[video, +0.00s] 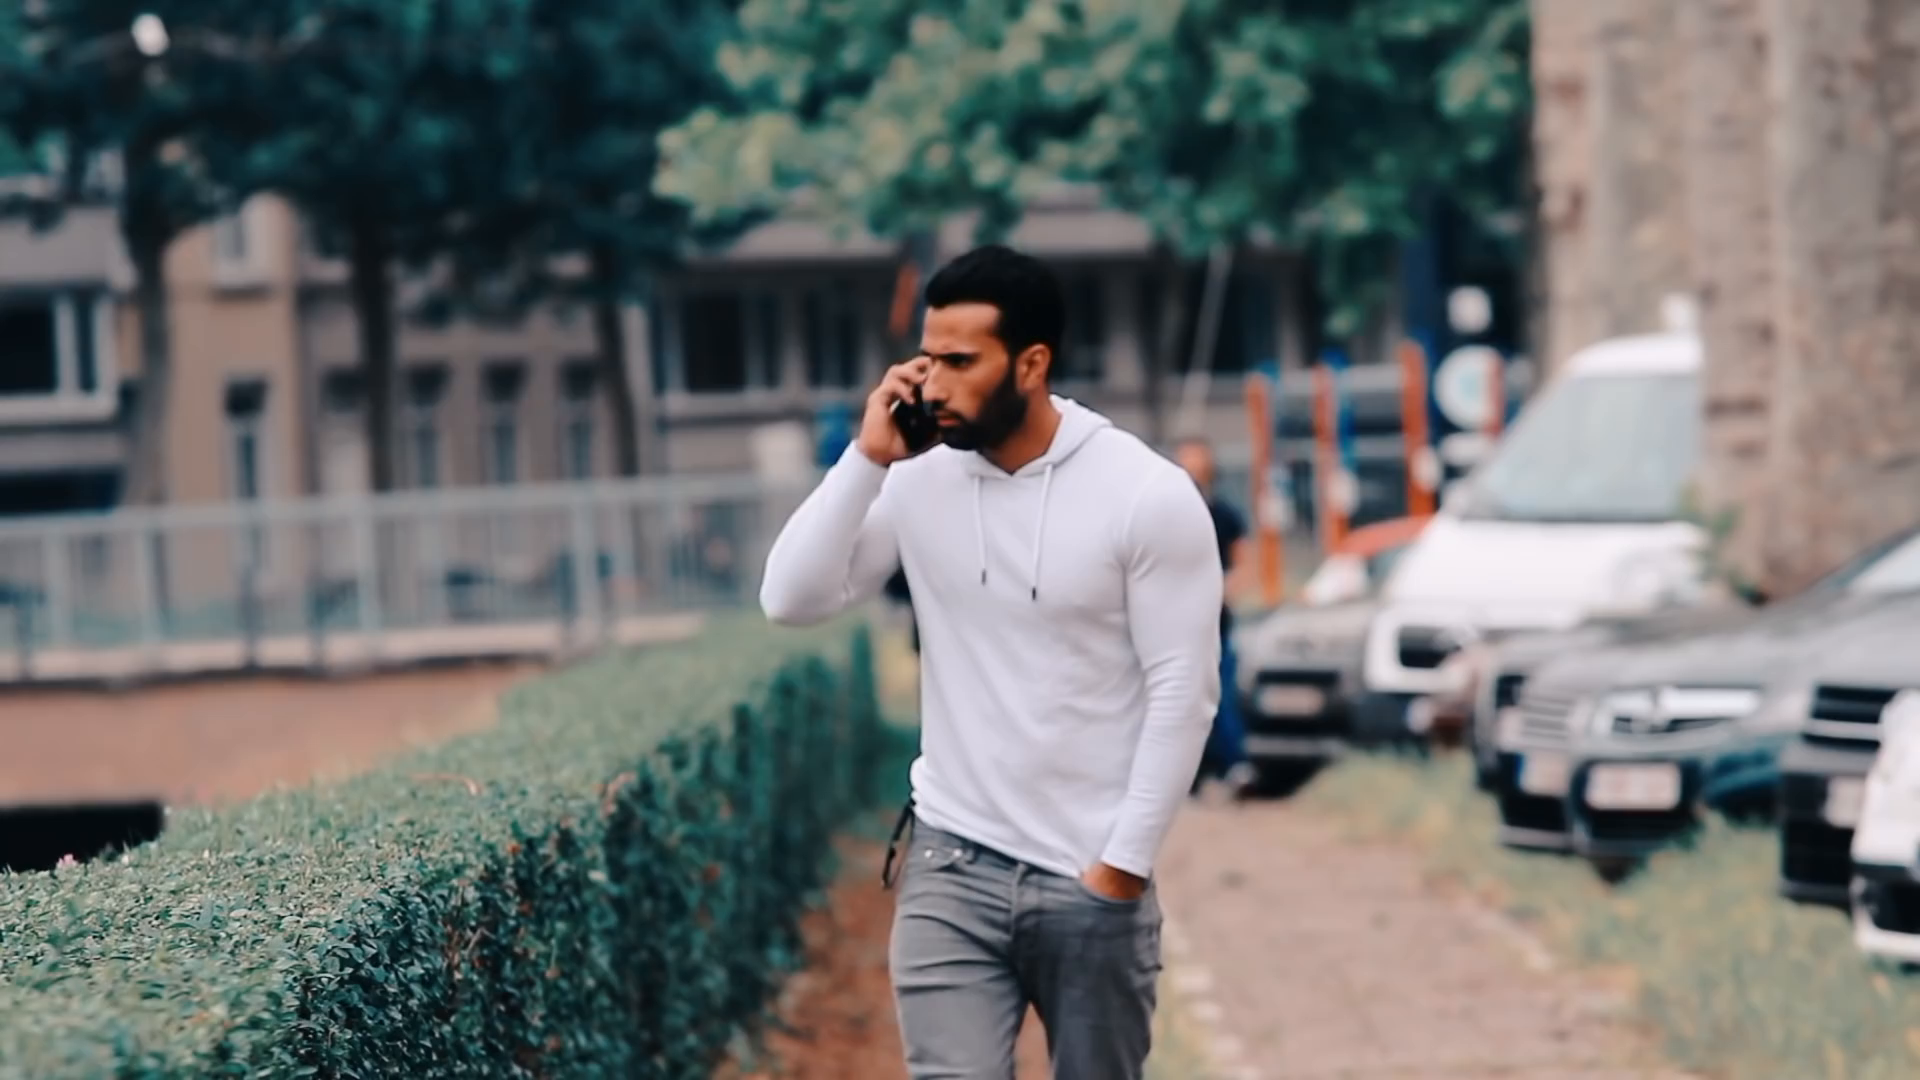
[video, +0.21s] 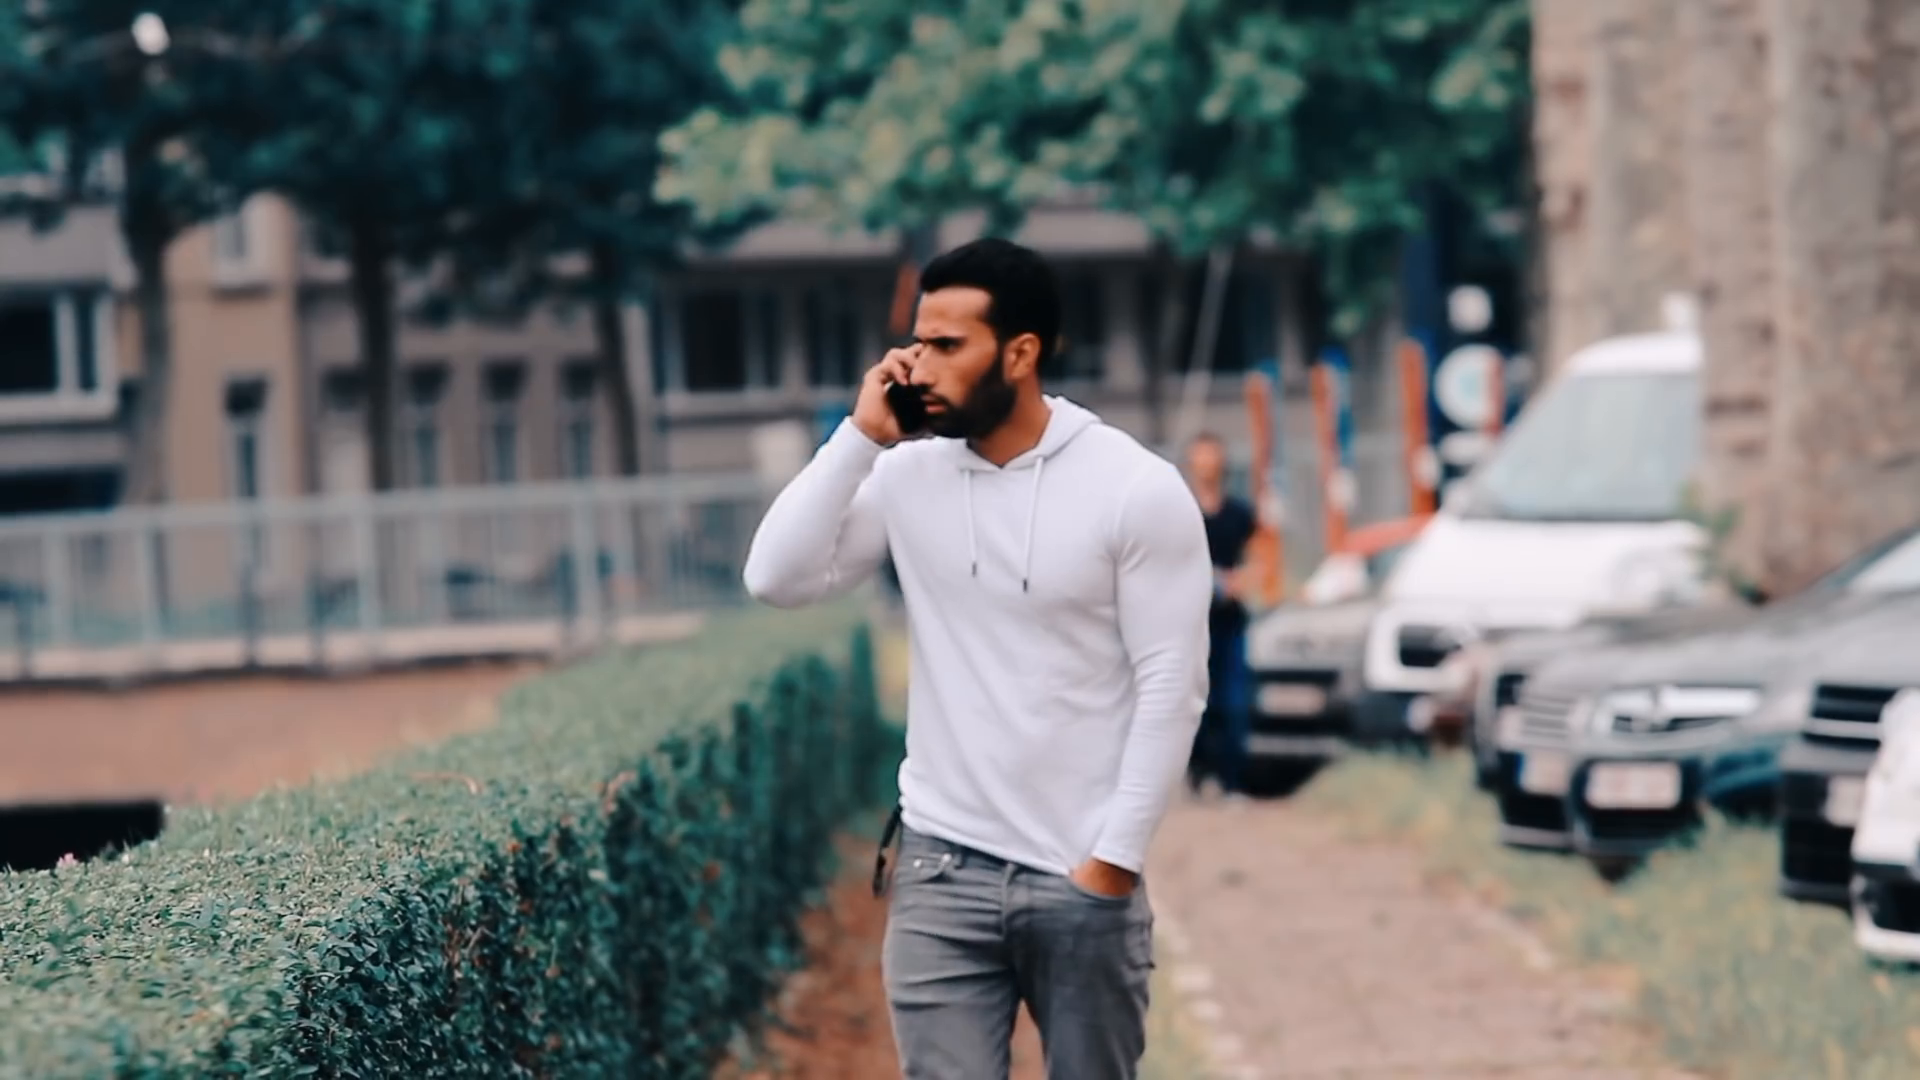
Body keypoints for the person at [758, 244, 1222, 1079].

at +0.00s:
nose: (930, 383)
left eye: (957, 362)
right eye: (928, 360)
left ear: (1033, 364)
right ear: (920, 359)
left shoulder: (1149, 497)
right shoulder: (915, 482)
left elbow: (1184, 692)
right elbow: (789, 600)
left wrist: (1120, 872)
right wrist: (867, 459)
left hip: (1089, 891)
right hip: (949, 871)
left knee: (1097, 1070)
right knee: (952, 1070)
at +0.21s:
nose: (916, 368)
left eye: (944, 345)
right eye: (916, 344)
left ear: (1022, 354)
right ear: (910, 351)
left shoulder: (1138, 491)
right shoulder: (903, 474)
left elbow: (1172, 686)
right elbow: (775, 577)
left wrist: (1111, 865)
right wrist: (863, 436)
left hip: (1080, 889)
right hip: (939, 875)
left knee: (1092, 1070)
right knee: (943, 1067)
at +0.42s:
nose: (887, 365)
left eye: (914, 342)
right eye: (886, 341)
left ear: (990, 352)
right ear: (881, 351)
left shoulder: (1105, 488)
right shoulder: (873, 477)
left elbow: (1141, 687)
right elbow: (745, 578)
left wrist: (1084, 865)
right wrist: (832, 435)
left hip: (1055, 888)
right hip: (913, 877)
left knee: (1080, 1071)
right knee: (931, 1070)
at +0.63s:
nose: (850, 369)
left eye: (878, 347)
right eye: (849, 346)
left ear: (955, 356)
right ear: (844, 356)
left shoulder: (1071, 487)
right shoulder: (836, 481)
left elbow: (1119, 674)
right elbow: (705, 577)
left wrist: (1060, 851)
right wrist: (796, 436)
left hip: (1033, 884)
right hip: (886, 883)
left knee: (1073, 1068)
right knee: (913, 1071)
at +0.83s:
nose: (862, 390)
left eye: (890, 369)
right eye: (856, 365)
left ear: (962, 364)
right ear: (844, 357)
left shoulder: (1060, 491)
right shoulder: (818, 483)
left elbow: (1118, 667)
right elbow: (696, 583)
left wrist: (1048, 825)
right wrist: (798, 445)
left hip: (1022, 868)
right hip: (877, 879)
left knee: (1051, 1068)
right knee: (913, 1071)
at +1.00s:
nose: (922, 428)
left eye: (945, 403)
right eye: (901, 401)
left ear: (994, 382)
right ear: (877, 378)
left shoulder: (1072, 507)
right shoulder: (810, 486)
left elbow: (1115, 684)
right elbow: (738, 618)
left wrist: (1046, 836)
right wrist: (851, 479)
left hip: (1019, 881)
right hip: (874, 892)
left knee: (1039, 1069)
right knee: (908, 1070)